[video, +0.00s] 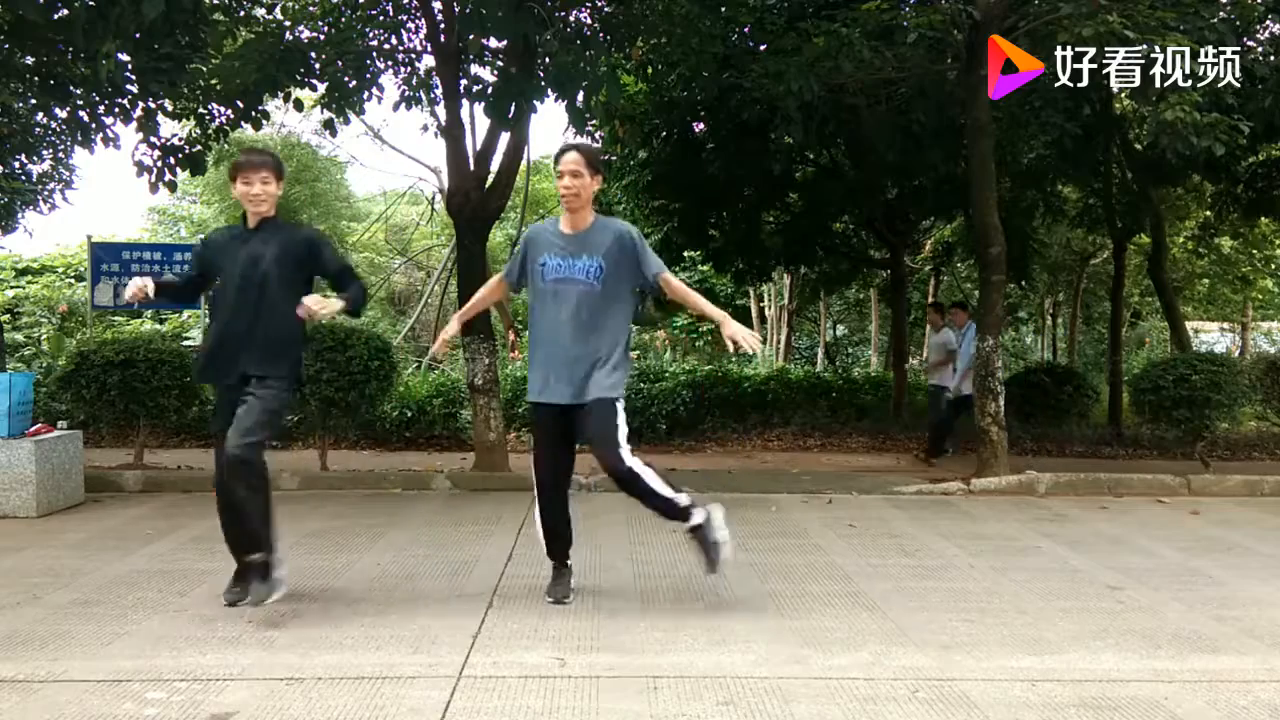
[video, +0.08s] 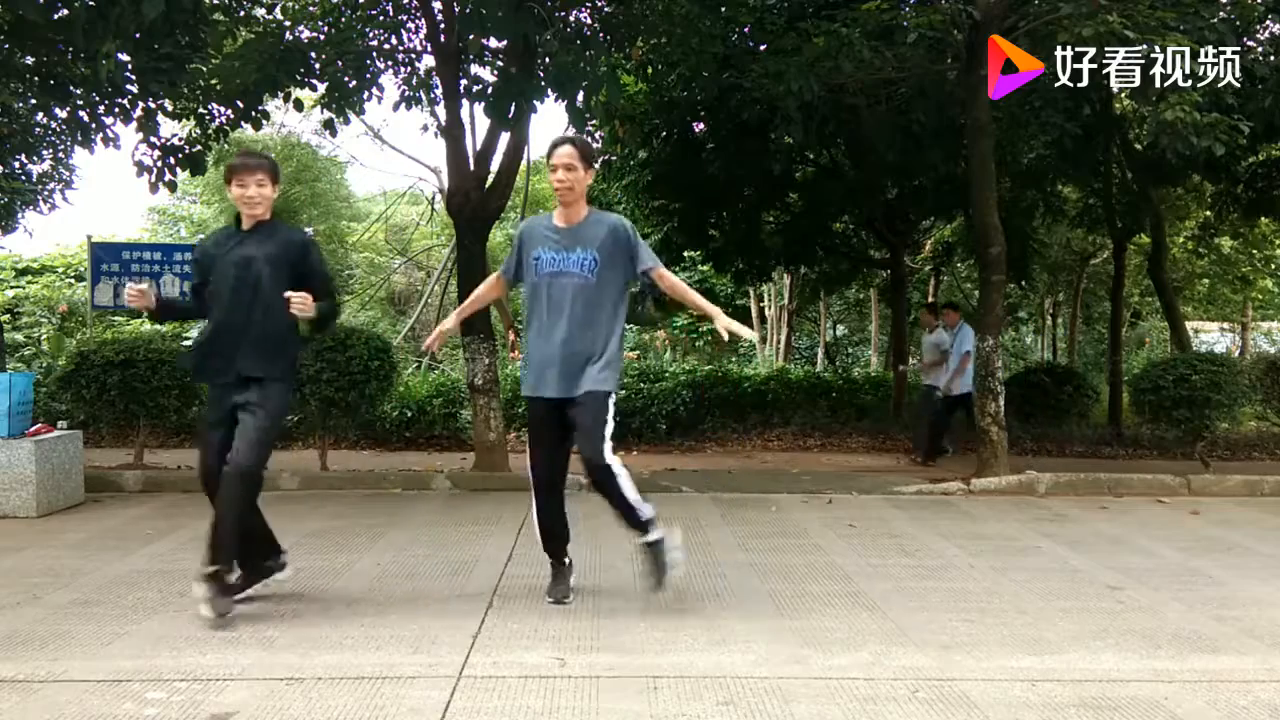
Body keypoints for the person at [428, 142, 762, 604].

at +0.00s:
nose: (566, 183)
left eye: (576, 175)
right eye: (561, 175)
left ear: (596, 182)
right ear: (554, 183)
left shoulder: (621, 236)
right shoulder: (535, 237)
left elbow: (668, 283)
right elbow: (503, 282)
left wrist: (722, 318)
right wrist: (458, 318)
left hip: (601, 379)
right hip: (547, 380)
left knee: (616, 463)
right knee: (549, 482)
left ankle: (695, 518)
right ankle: (559, 567)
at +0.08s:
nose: (560, 177)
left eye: (570, 169)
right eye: (554, 169)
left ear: (589, 175)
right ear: (547, 176)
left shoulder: (615, 230)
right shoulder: (530, 233)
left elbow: (662, 277)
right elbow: (502, 280)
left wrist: (714, 311)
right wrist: (456, 315)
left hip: (595, 371)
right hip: (542, 373)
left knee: (597, 462)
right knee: (544, 479)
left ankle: (653, 537)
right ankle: (559, 564)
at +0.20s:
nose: (552, 184)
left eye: (561, 176)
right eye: (545, 176)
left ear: (580, 181)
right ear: (536, 184)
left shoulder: (608, 239)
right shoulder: (524, 242)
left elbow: (639, 299)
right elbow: (508, 307)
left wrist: (692, 330)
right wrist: (454, 326)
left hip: (585, 379)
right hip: (531, 380)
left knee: (564, 471)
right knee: (528, 476)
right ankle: (575, 559)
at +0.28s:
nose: (550, 201)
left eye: (559, 193)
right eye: (543, 193)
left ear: (577, 200)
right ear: (534, 200)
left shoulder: (601, 258)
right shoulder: (522, 258)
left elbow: (621, 322)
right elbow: (514, 329)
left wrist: (668, 346)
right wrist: (454, 336)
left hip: (577, 399)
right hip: (523, 397)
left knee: (540, 493)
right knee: (528, 495)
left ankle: (493, 577)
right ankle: (575, 574)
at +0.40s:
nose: (546, 190)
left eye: (555, 183)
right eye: (538, 182)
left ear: (571, 190)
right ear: (529, 189)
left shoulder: (594, 248)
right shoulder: (514, 249)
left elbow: (612, 312)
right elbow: (503, 318)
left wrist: (648, 329)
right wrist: (446, 328)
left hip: (571, 390)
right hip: (521, 389)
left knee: (540, 487)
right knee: (527, 490)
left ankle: (509, 579)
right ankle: (573, 571)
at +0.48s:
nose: (545, 176)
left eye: (553, 168)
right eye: (537, 168)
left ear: (569, 176)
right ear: (527, 175)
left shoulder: (593, 234)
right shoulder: (510, 233)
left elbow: (621, 294)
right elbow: (496, 297)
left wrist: (651, 302)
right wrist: (444, 304)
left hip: (574, 371)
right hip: (525, 372)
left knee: (552, 470)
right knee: (529, 475)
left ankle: (547, 575)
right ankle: (563, 563)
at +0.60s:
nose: (543, 177)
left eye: (552, 169)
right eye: (535, 169)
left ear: (568, 178)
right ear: (524, 176)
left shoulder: (587, 232)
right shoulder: (506, 234)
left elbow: (642, 262)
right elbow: (475, 272)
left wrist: (650, 274)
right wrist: (437, 275)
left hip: (572, 377)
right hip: (521, 378)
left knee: (573, 478)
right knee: (534, 481)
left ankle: (579, 583)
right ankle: (546, 563)